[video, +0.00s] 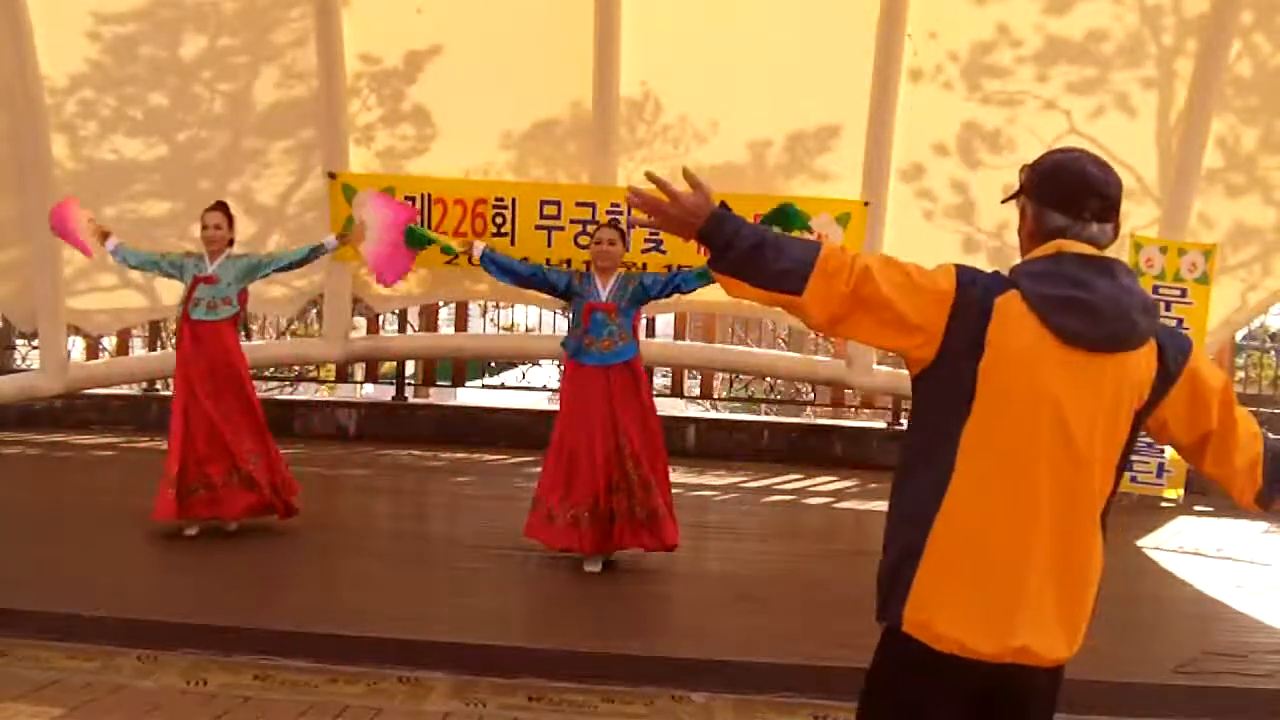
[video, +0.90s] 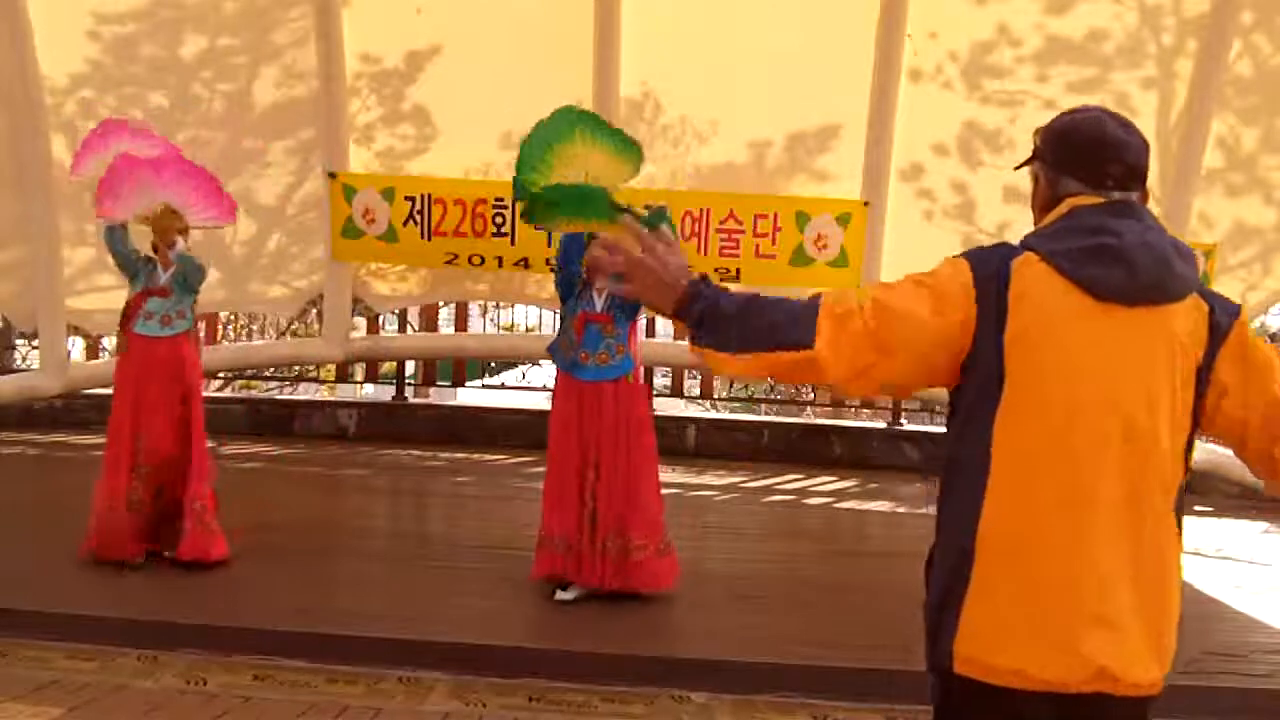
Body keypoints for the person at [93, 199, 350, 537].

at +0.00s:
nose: (211, 233)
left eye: (218, 227)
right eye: (206, 228)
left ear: (231, 233)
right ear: (199, 232)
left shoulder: (242, 265)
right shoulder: (188, 265)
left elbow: (288, 260)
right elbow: (148, 261)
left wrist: (334, 242)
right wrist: (109, 242)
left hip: (224, 358)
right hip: (191, 358)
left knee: (227, 427)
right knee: (193, 430)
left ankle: (231, 508)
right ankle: (194, 511)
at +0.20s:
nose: (197, 232)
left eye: (204, 227)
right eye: (192, 226)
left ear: (217, 232)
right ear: (185, 230)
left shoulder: (226, 263)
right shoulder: (175, 264)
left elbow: (264, 241)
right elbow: (132, 237)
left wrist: (297, 205)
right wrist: (102, 198)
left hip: (214, 363)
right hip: (178, 364)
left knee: (214, 435)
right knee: (177, 438)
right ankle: (177, 520)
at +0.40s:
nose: (192, 232)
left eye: (199, 226)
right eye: (187, 226)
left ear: (210, 232)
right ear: (179, 230)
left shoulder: (214, 266)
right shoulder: (168, 263)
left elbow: (240, 237)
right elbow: (133, 232)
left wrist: (254, 191)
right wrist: (109, 182)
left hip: (203, 366)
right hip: (167, 365)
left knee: (207, 438)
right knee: (166, 438)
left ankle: (209, 523)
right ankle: (164, 524)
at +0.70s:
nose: (178, 233)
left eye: (184, 228)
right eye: (173, 228)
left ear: (196, 233)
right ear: (165, 234)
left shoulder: (199, 274)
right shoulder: (153, 268)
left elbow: (207, 250)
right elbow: (125, 235)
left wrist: (196, 215)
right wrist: (115, 188)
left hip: (183, 371)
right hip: (147, 369)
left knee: (187, 446)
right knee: (143, 446)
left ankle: (192, 534)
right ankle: (139, 535)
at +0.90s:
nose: (171, 240)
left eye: (176, 233)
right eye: (165, 233)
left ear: (183, 235)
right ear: (154, 234)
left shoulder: (191, 271)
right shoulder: (141, 269)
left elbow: (194, 276)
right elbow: (117, 243)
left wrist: (170, 250)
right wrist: (115, 208)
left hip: (177, 377)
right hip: (140, 376)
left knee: (175, 453)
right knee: (137, 452)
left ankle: (172, 541)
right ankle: (134, 542)